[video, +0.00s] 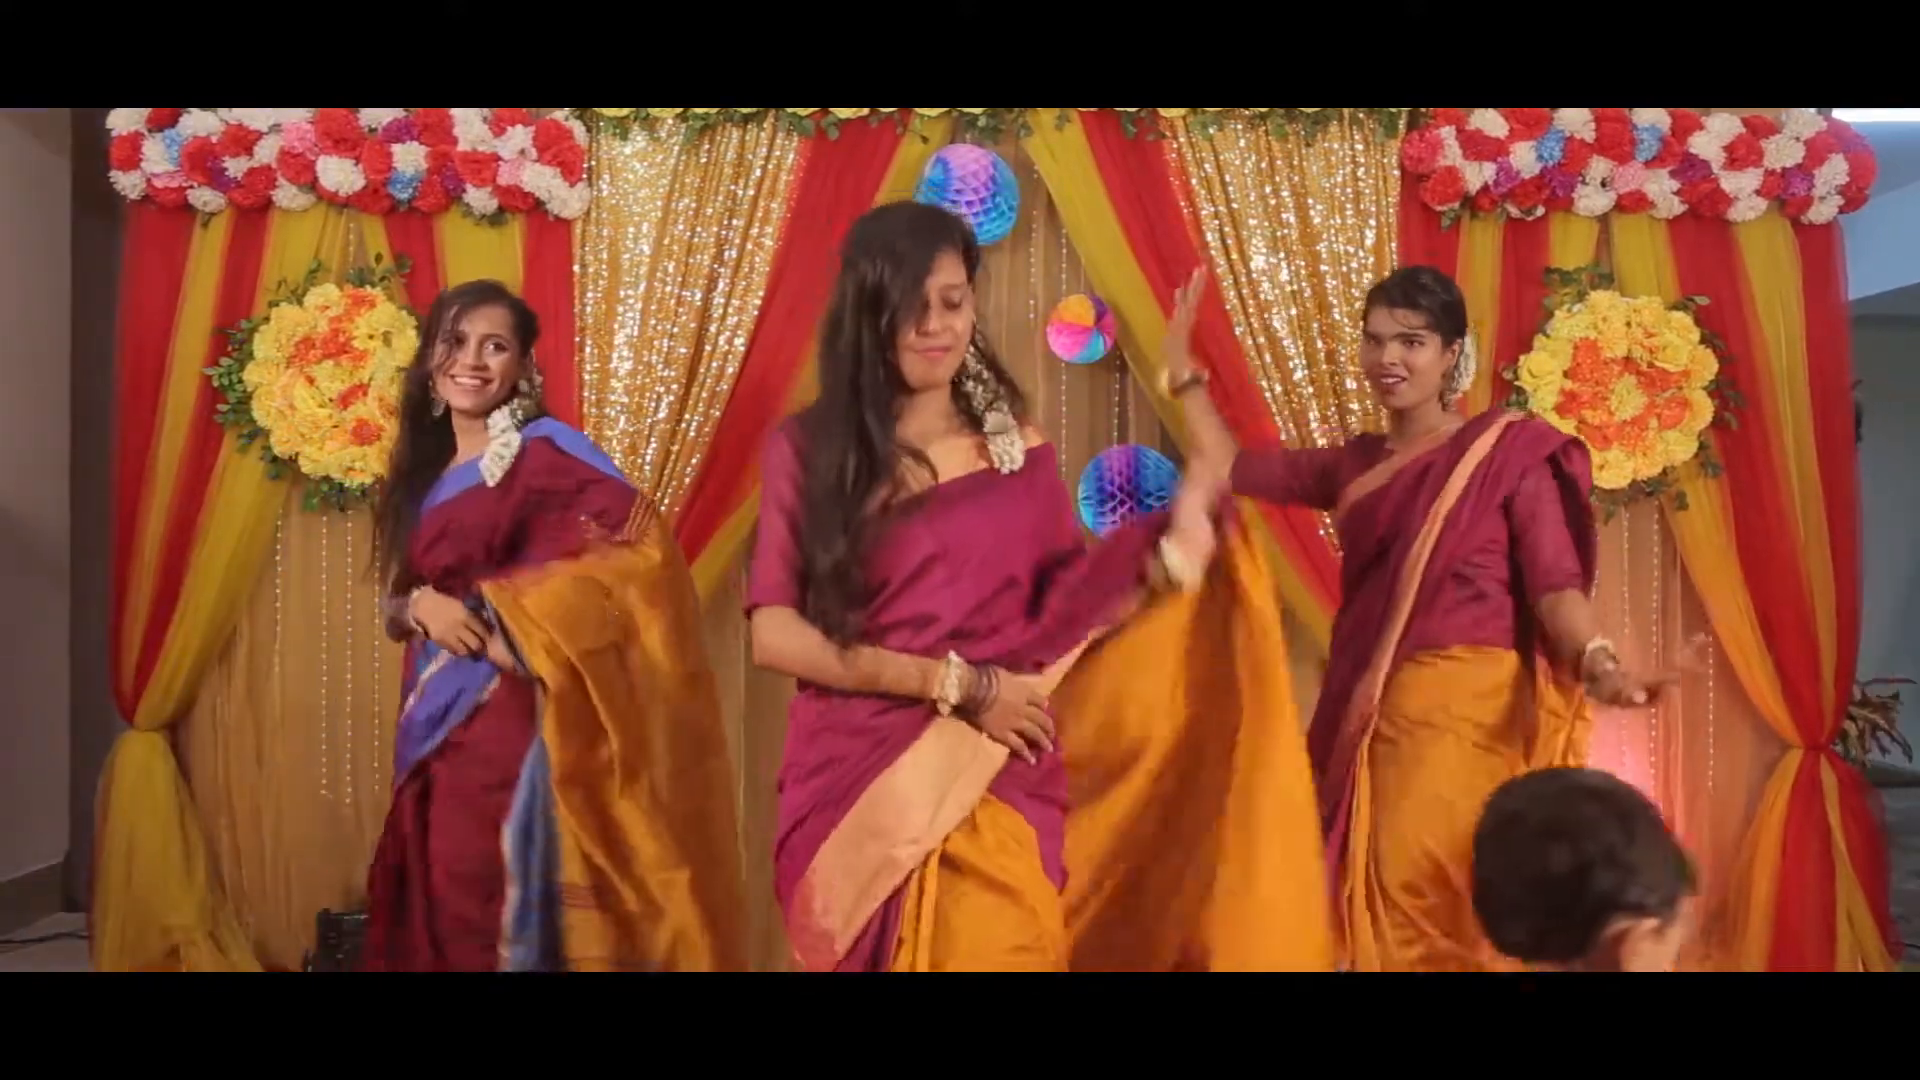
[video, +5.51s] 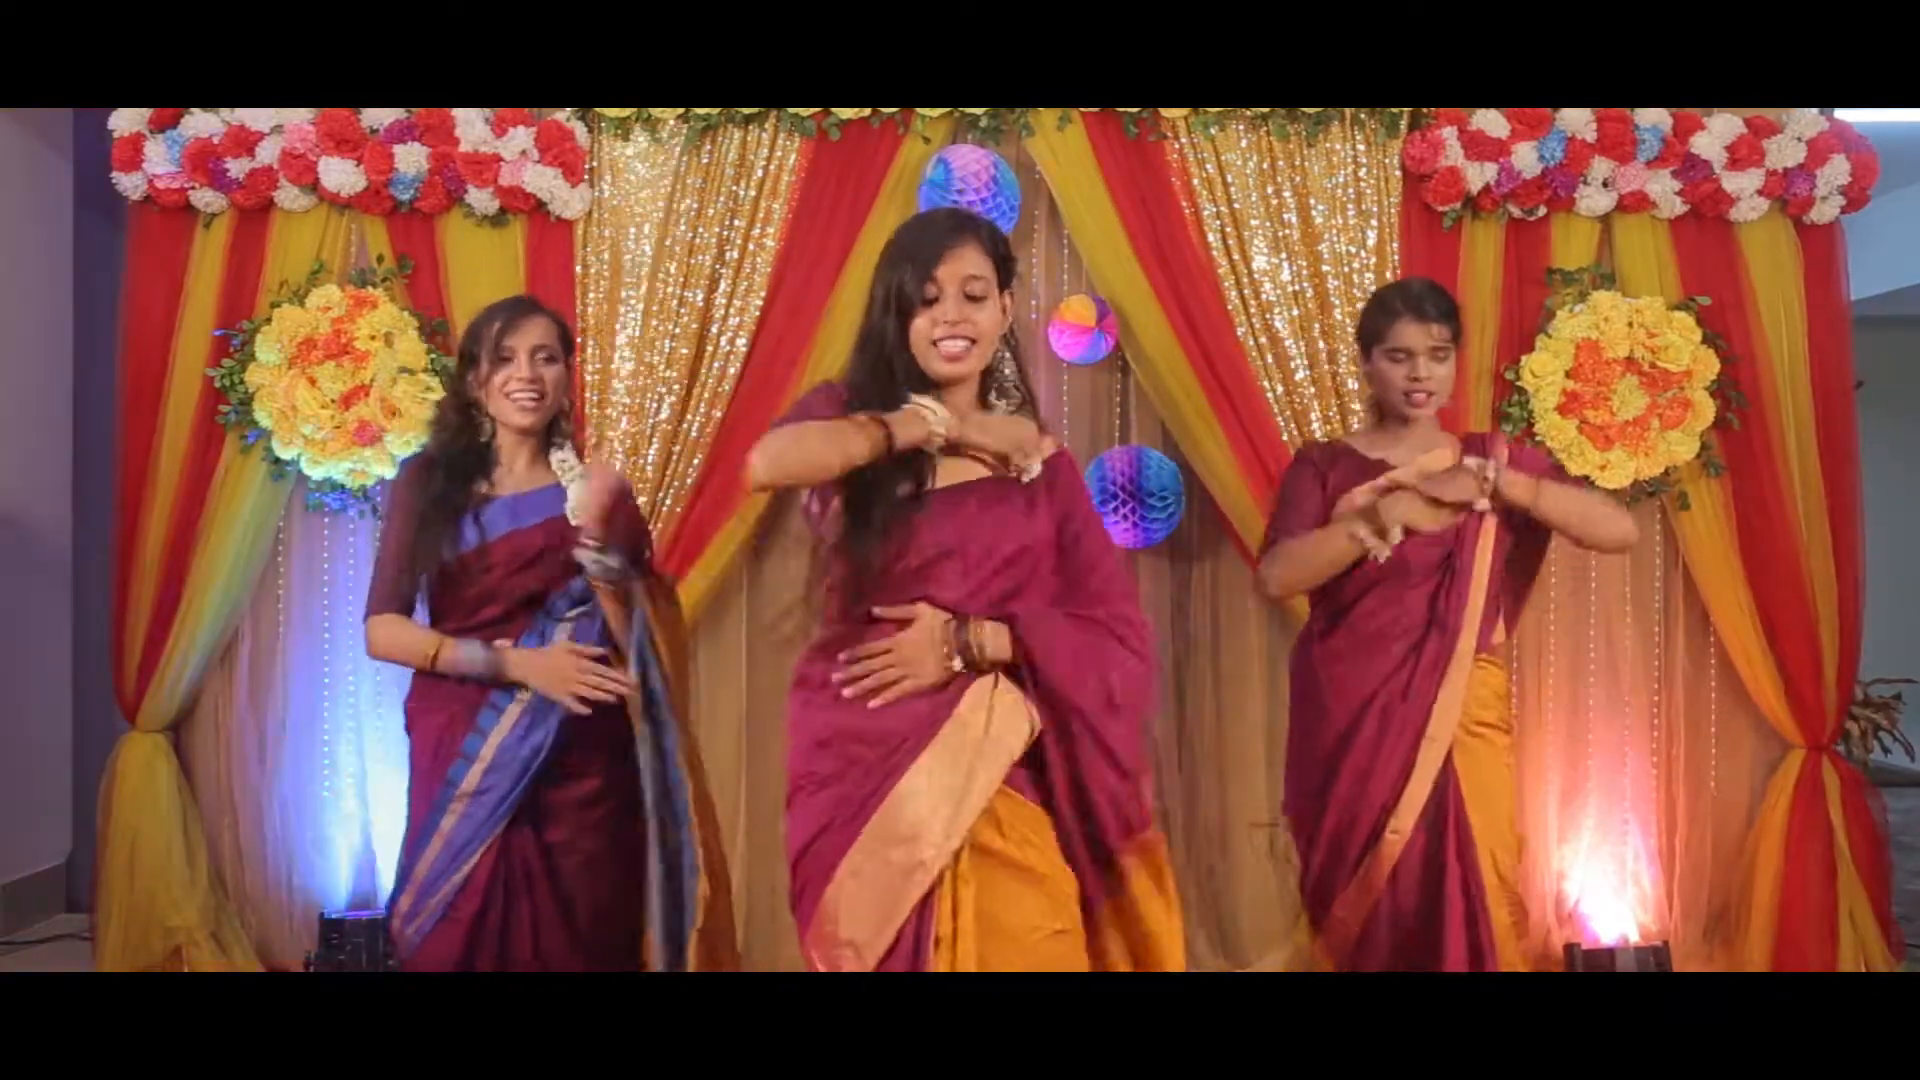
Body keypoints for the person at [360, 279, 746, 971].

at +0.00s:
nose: (472, 360)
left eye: (495, 347)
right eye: (456, 342)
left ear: (522, 369)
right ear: (430, 361)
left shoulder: (547, 448)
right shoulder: (430, 475)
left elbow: (653, 558)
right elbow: (397, 603)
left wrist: (513, 608)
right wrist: (417, 603)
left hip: (534, 729)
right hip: (444, 732)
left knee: (518, 920)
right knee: (438, 916)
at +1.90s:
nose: (507, 369)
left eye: (518, 354)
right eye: (486, 353)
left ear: (531, 366)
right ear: (438, 366)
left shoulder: (562, 458)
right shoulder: (406, 487)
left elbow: (666, 545)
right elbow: (365, 624)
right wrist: (464, 611)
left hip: (545, 727)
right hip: (438, 738)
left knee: (557, 924)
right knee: (446, 927)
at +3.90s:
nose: (482, 357)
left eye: (502, 344)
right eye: (464, 341)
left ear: (524, 367)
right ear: (433, 361)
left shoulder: (557, 446)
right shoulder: (411, 479)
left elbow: (673, 539)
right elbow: (377, 615)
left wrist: (596, 634)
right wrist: (466, 613)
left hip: (541, 715)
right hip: (441, 721)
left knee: (524, 920)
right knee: (441, 916)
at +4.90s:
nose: (489, 346)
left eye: (511, 334)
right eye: (471, 328)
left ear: (531, 362)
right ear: (438, 346)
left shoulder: (562, 449)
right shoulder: (408, 468)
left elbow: (618, 581)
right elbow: (387, 594)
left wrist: (531, 645)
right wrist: (400, 655)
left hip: (544, 709)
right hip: (439, 716)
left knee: (540, 922)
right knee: (448, 918)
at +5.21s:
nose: (500, 332)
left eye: (521, 320)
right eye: (482, 315)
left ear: (540, 344)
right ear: (450, 338)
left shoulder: (579, 442)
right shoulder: (413, 451)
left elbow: (633, 573)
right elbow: (405, 598)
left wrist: (637, 621)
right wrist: (331, 691)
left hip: (559, 711)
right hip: (443, 718)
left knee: (553, 922)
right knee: (449, 920)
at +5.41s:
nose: (518, 371)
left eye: (537, 356)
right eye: (498, 354)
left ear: (558, 381)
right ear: (466, 377)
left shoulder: (598, 492)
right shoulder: (420, 489)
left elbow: (623, 650)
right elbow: (384, 627)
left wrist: (650, 575)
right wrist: (417, 661)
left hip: (577, 750)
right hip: (461, 747)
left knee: (576, 942)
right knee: (462, 937)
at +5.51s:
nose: (526, 374)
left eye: (544, 358)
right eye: (505, 359)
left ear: (568, 380)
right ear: (475, 382)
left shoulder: (598, 489)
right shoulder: (428, 484)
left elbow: (638, 647)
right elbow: (383, 631)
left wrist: (608, 572)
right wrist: (517, 663)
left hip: (586, 762)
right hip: (466, 767)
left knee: (587, 952)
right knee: (466, 945)